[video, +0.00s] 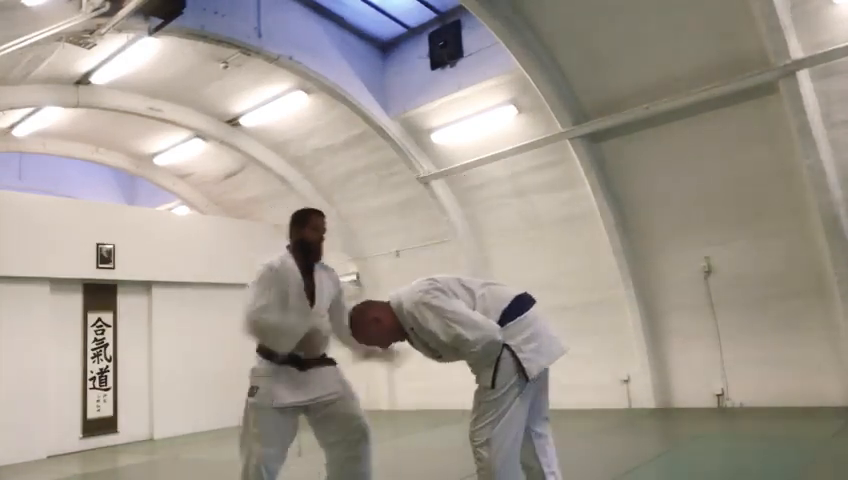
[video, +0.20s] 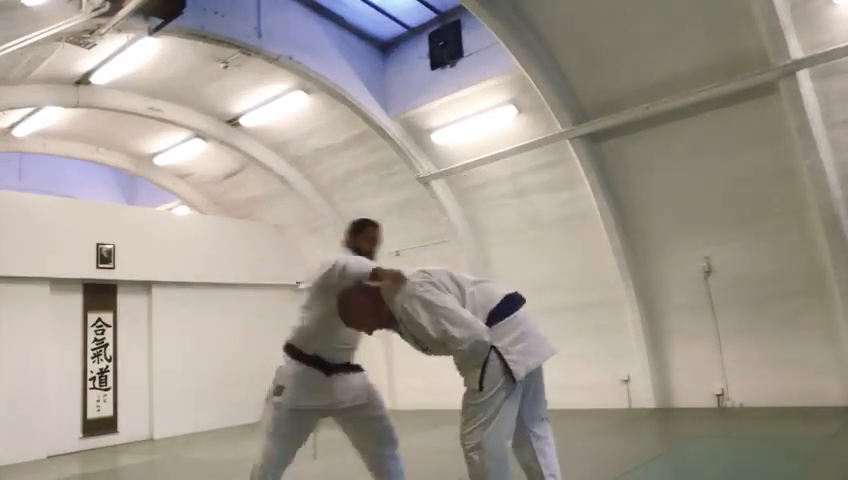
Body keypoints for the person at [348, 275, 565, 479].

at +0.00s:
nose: (380, 346)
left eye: (373, 341)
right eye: (373, 344)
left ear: (377, 320)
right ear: (378, 317)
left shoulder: (418, 303)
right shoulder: (412, 309)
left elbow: (488, 337)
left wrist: (483, 372)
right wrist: (482, 368)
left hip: (513, 341)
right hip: (527, 332)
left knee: (487, 439)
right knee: (533, 432)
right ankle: (548, 477)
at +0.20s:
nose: (366, 331)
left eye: (361, 322)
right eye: (359, 327)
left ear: (370, 301)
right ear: (371, 297)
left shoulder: (412, 295)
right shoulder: (405, 299)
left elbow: (475, 336)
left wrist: (468, 371)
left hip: (501, 343)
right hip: (521, 334)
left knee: (480, 441)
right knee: (531, 432)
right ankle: (549, 475)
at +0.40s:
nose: (360, 319)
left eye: (353, 311)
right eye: (354, 315)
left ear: (357, 295)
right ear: (359, 289)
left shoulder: (394, 282)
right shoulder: (392, 280)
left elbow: (457, 332)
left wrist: (453, 375)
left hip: (487, 340)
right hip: (504, 330)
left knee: (474, 443)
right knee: (512, 431)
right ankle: (531, 475)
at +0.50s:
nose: (348, 320)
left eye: (343, 312)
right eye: (342, 315)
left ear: (348, 294)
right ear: (348, 289)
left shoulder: (384, 286)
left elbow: (442, 321)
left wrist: (435, 378)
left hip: (477, 339)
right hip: (499, 330)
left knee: (466, 441)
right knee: (496, 428)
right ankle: (512, 475)